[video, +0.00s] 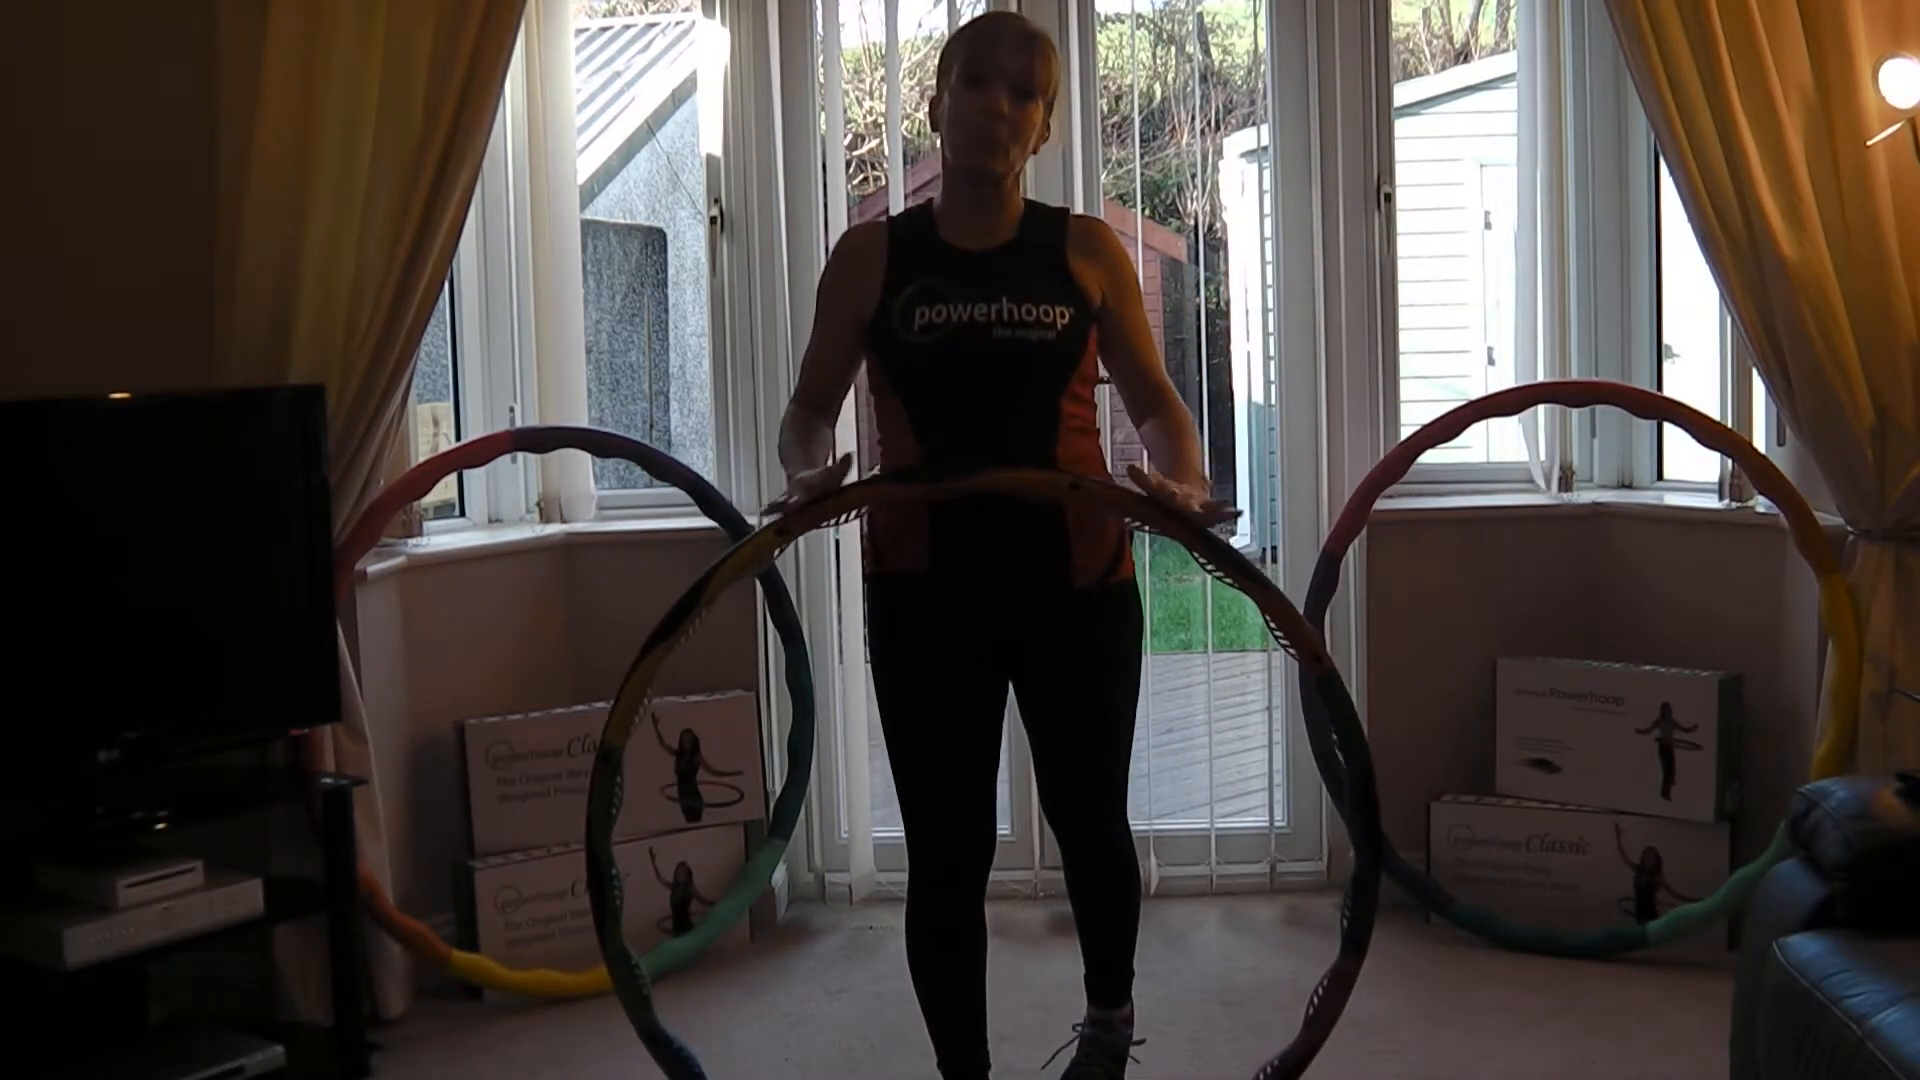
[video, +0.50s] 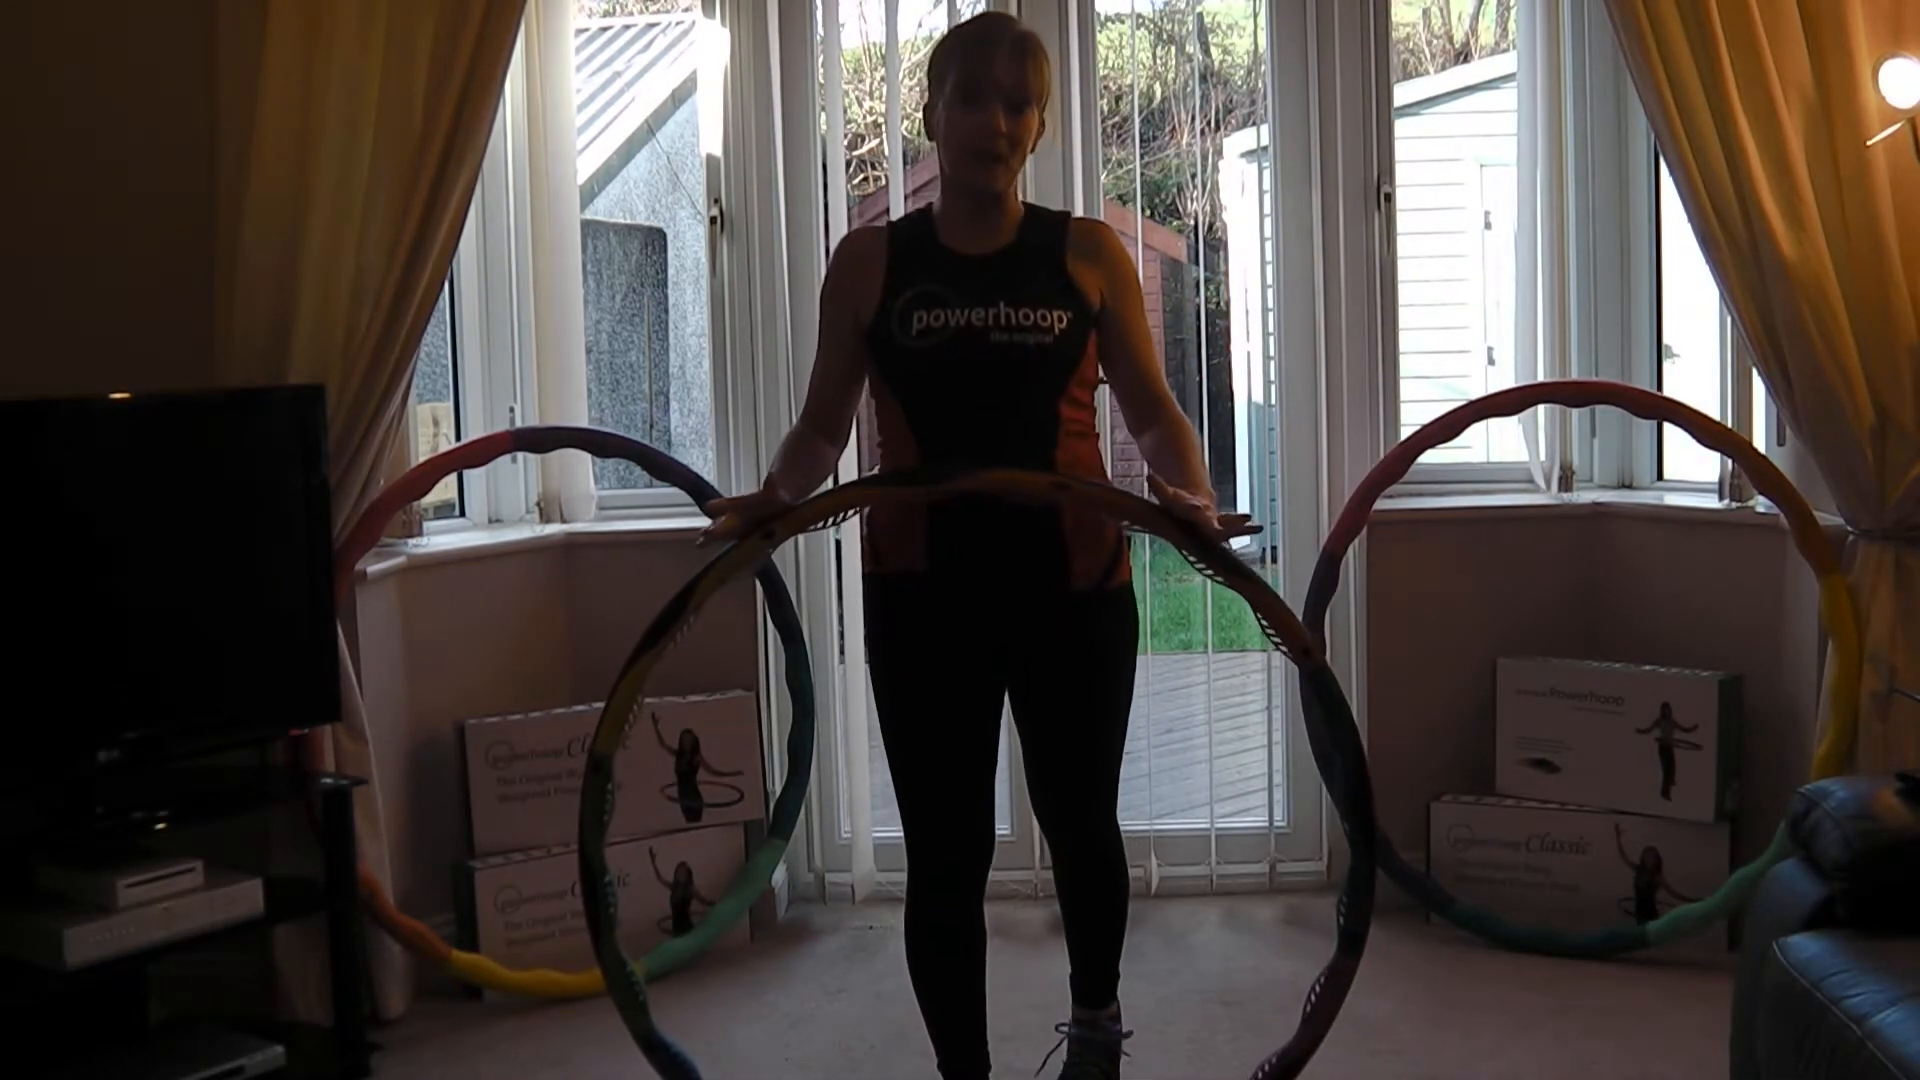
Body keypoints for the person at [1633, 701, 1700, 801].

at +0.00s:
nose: (1667, 713)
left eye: (1668, 710)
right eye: (1665, 710)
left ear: (1670, 711)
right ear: (1662, 711)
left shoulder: (1671, 721)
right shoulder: (1659, 721)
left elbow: (1683, 730)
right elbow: (1649, 730)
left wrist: (1692, 728)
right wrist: (1640, 731)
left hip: (1669, 747)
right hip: (1663, 748)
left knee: (1670, 770)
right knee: (1667, 771)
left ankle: (1666, 792)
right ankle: (1665, 792)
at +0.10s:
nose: (1667, 713)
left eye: (1668, 710)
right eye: (1665, 710)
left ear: (1670, 711)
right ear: (1662, 711)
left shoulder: (1671, 721)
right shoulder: (1659, 721)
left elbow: (1683, 730)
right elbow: (1649, 730)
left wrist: (1692, 729)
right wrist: (1640, 731)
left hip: (1669, 747)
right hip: (1663, 748)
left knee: (1670, 770)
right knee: (1667, 770)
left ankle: (1667, 792)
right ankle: (1665, 792)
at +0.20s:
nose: (1666, 712)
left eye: (1668, 710)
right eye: (1665, 710)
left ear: (1670, 711)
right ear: (1662, 711)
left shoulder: (1671, 721)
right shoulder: (1659, 721)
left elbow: (1683, 730)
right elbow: (1649, 730)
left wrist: (1692, 728)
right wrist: (1640, 731)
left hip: (1668, 747)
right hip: (1663, 748)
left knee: (1670, 770)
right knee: (1667, 771)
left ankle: (1666, 792)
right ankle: (1665, 792)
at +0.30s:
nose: (1666, 713)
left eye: (1668, 710)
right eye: (1665, 710)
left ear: (1670, 711)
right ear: (1662, 711)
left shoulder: (1671, 721)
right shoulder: (1659, 721)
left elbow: (1683, 730)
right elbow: (1649, 730)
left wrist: (1692, 728)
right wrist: (1640, 731)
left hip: (1668, 747)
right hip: (1663, 748)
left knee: (1670, 770)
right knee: (1667, 771)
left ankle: (1666, 792)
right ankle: (1665, 792)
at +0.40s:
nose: (1666, 712)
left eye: (1668, 710)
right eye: (1665, 710)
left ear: (1670, 711)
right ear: (1662, 711)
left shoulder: (1671, 721)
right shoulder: (1660, 721)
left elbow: (1683, 730)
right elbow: (1649, 730)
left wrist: (1693, 728)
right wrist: (1640, 731)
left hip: (1669, 747)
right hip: (1663, 748)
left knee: (1670, 770)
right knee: (1667, 771)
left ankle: (1666, 792)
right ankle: (1665, 792)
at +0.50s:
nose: (1666, 712)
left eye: (1668, 710)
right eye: (1665, 710)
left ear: (1670, 711)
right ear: (1662, 711)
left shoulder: (1671, 721)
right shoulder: (1660, 721)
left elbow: (1683, 730)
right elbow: (1650, 730)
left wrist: (1692, 728)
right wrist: (1640, 731)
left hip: (1669, 747)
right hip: (1663, 748)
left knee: (1670, 770)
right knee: (1667, 771)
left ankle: (1667, 792)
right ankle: (1665, 792)